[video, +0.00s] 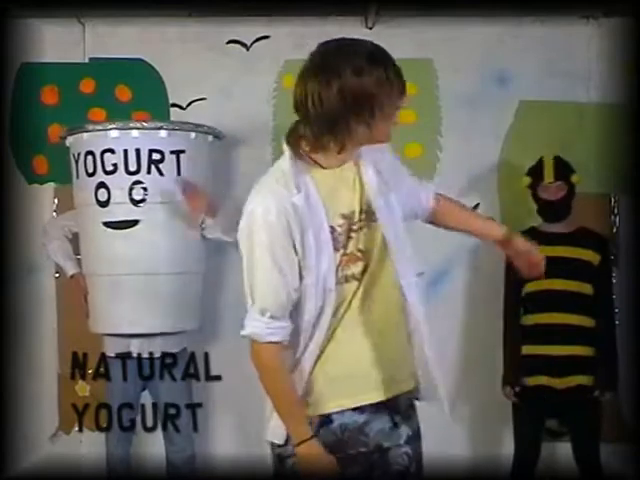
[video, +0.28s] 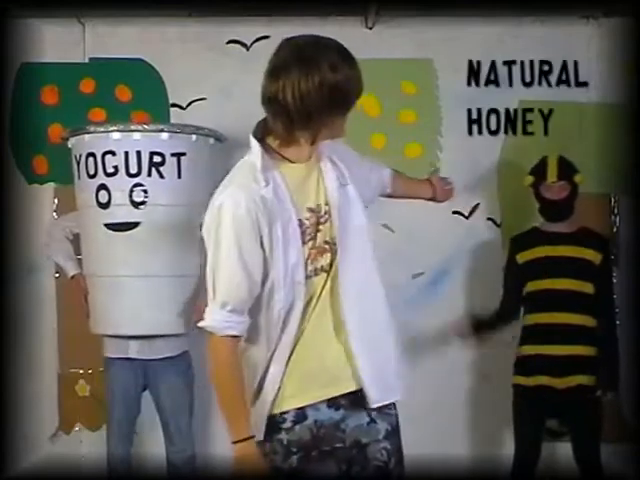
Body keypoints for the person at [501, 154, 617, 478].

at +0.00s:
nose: (553, 195)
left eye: (560, 187)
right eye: (545, 188)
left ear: (572, 189)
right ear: (533, 194)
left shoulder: (595, 246)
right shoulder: (520, 245)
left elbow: (605, 313)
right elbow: (511, 314)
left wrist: (607, 372)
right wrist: (510, 370)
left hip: (581, 375)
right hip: (532, 375)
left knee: (588, 462)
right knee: (524, 461)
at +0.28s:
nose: (556, 195)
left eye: (563, 187)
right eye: (548, 187)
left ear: (575, 189)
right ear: (535, 193)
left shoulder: (597, 245)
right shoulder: (521, 245)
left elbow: (607, 314)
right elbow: (509, 309)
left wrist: (609, 372)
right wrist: (479, 326)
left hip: (581, 371)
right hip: (532, 371)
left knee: (589, 461)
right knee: (525, 459)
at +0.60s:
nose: (565, 194)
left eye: (572, 186)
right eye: (557, 187)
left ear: (585, 190)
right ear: (546, 192)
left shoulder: (603, 246)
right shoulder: (529, 241)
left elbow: (614, 315)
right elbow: (488, 267)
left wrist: (617, 374)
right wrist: (493, 218)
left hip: (583, 369)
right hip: (535, 366)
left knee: (590, 459)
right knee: (526, 458)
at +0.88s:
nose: (574, 195)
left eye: (581, 187)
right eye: (566, 187)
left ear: (593, 191)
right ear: (554, 191)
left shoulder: (608, 248)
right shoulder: (535, 240)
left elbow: (617, 318)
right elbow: (494, 268)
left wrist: (621, 377)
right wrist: (500, 216)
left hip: (586, 368)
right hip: (537, 365)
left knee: (591, 459)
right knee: (528, 458)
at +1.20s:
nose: (579, 192)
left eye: (587, 185)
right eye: (572, 185)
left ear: (599, 192)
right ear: (561, 189)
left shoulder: (611, 251)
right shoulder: (537, 238)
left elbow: (618, 320)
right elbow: (494, 274)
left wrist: (622, 379)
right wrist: (492, 230)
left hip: (587, 367)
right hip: (538, 364)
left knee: (591, 459)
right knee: (528, 458)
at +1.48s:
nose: (574, 196)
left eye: (583, 189)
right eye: (568, 188)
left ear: (596, 194)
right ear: (557, 191)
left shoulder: (610, 249)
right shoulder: (536, 238)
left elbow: (617, 318)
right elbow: (514, 293)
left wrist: (621, 375)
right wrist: (497, 331)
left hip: (586, 365)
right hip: (537, 361)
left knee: (591, 458)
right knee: (528, 457)